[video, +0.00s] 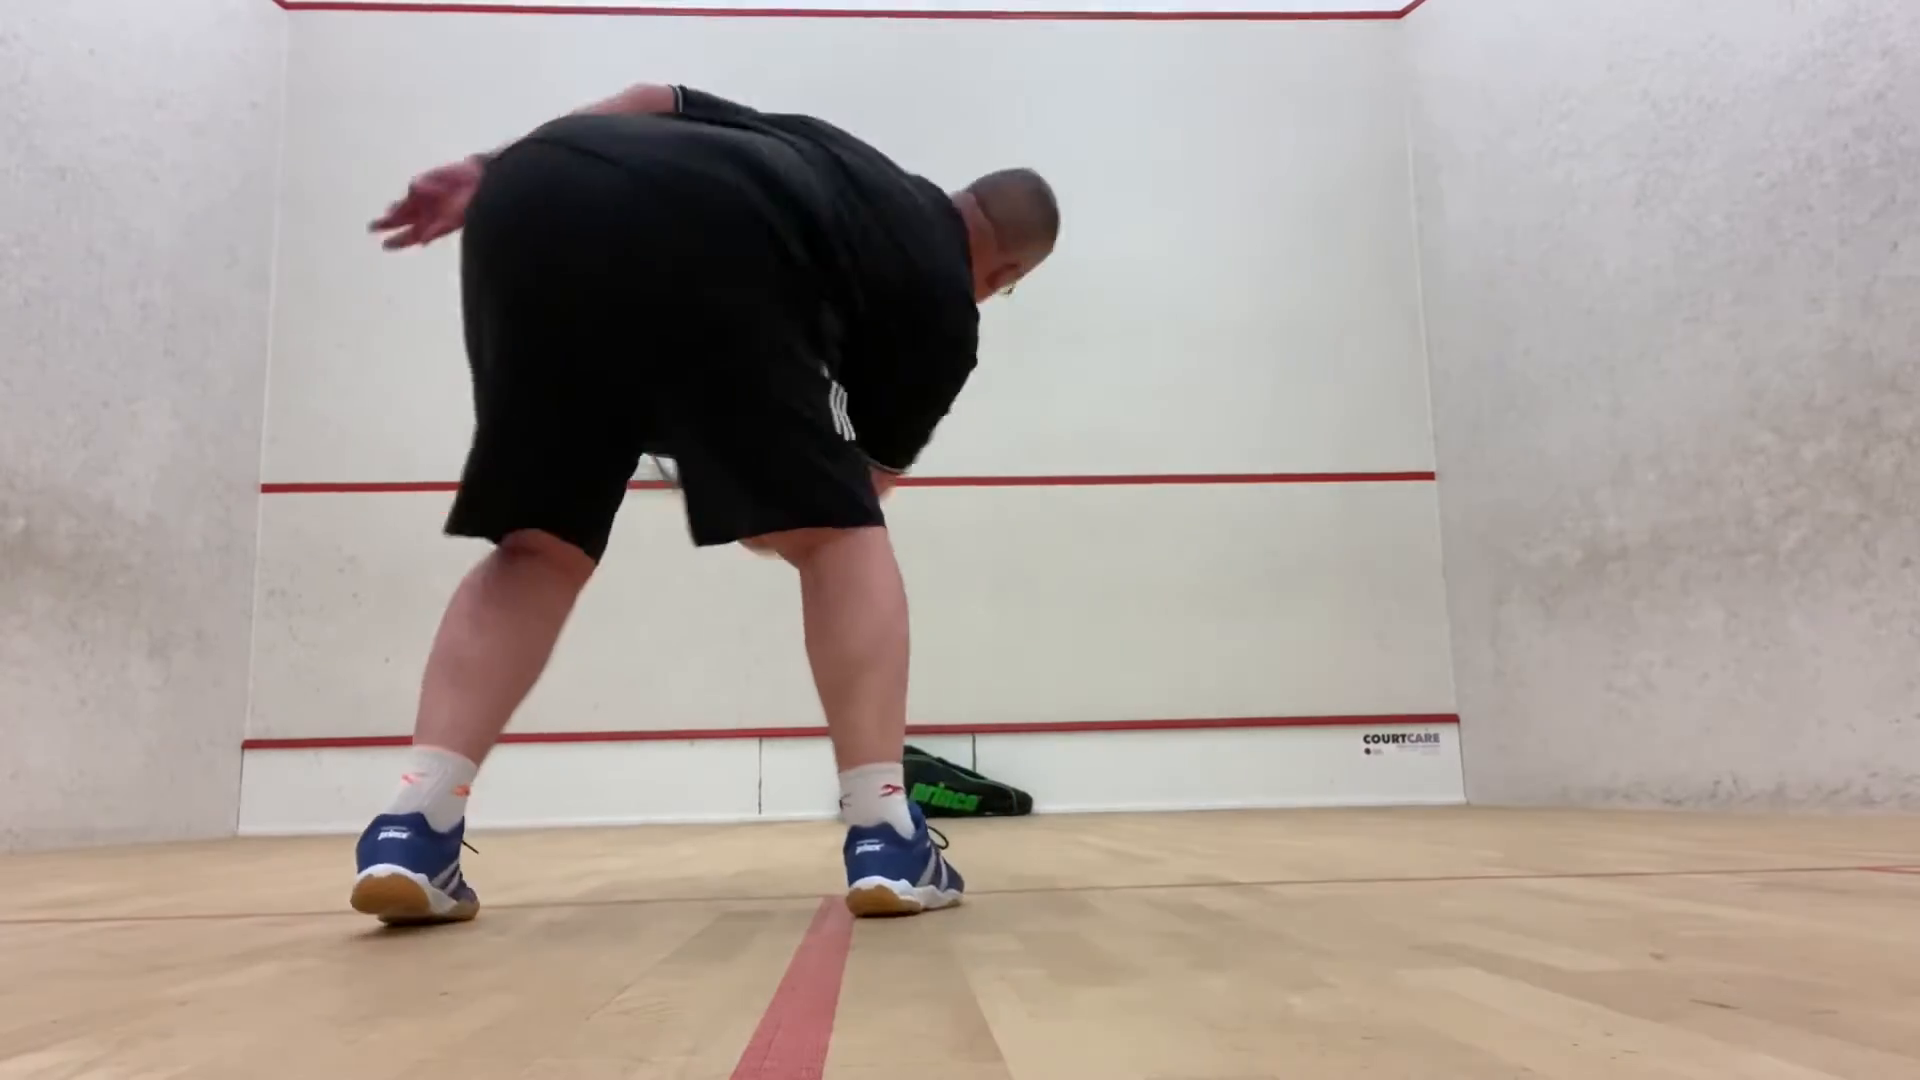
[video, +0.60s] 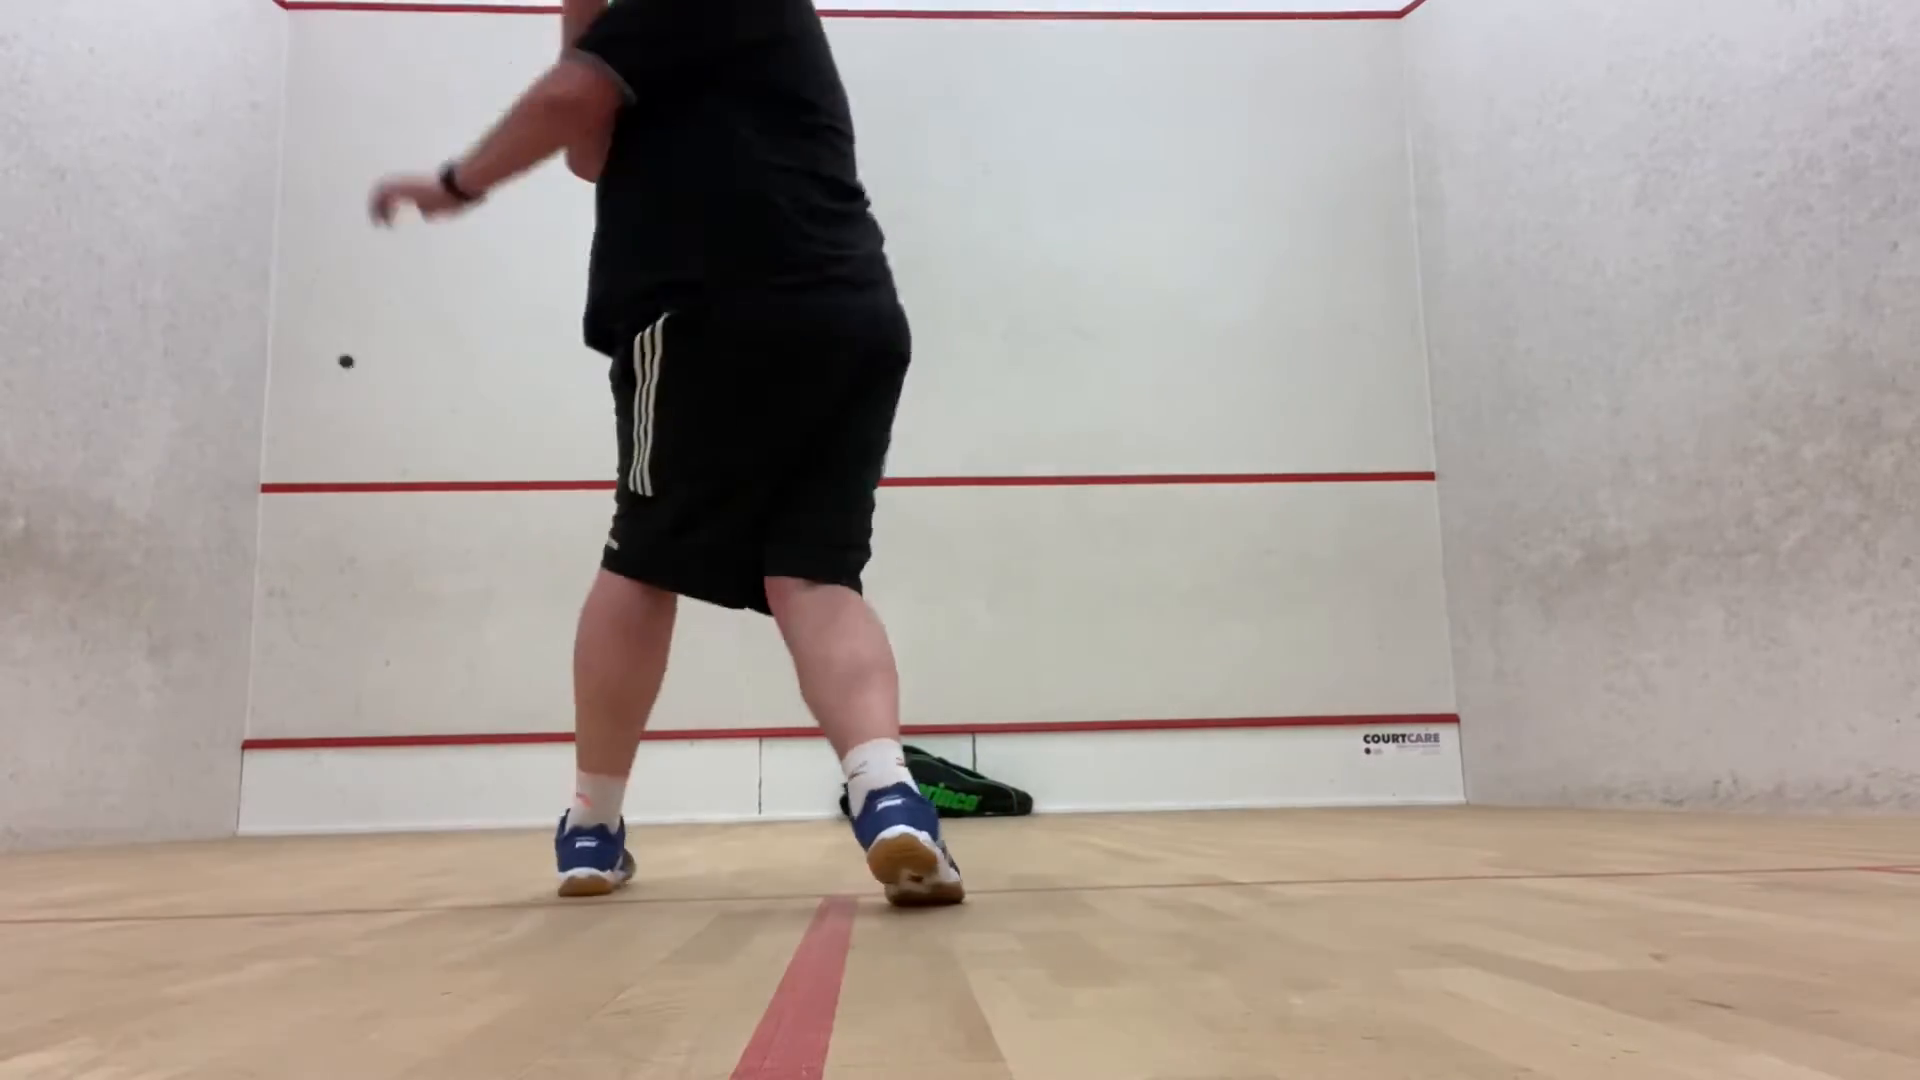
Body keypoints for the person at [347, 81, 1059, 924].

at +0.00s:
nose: (998, 296)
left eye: (1008, 283)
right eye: (1010, 282)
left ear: (960, 195)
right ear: (1005, 263)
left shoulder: (825, 155)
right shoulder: (943, 312)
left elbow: (654, 98)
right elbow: (865, 487)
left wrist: (493, 171)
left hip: (536, 194)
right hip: (718, 234)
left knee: (541, 539)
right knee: (842, 533)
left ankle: (417, 823)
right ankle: (883, 833)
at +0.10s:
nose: (975, 273)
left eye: (977, 255)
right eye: (981, 262)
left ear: (929, 191)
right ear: (978, 252)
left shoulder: (817, 148)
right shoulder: (940, 292)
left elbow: (669, 83)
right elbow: (824, 405)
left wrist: (544, 124)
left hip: (593, 162)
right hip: (774, 211)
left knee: (562, 521)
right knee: (841, 535)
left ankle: (426, 825)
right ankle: (883, 827)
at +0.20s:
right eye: (953, 181)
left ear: (894, 127)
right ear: (953, 178)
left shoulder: (783, 87)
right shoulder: (936, 234)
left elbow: (686, 28)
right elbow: (873, 387)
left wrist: (597, 48)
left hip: (631, 159)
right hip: (813, 218)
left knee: (585, 511)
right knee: (840, 537)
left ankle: (458, 810)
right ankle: (885, 818)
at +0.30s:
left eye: (865, 22)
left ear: (841, 25)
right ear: (908, 82)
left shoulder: (765, 17)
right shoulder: (913, 145)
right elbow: (917, 335)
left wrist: (568, 9)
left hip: (665, 197)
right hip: (834, 249)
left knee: (594, 496)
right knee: (839, 546)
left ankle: (532, 765)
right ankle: (889, 804)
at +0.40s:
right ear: (863, 2)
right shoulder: (867, 61)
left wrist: (486, 7)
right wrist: (654, 216)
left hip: (704, 210)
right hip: (864, 250)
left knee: (605, 512)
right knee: (830, 552)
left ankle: (566, 790)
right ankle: (880, 798)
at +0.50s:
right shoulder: (825, 19)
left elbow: (615, 6)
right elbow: (686, 138)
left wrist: (440, 49)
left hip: (708, 257)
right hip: (868, 273)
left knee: (638, 544)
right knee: (815, 555)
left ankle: (568, 816)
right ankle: (873, 800)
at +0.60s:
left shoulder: (649, 9)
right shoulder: (784, 19)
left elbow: (575, 105)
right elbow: (593, 153)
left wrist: (460, 182)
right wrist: (587, 26)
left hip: (700, 313)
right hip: (852, 310)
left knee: (642, 562)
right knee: (817, 570)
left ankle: (593, 827)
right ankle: (888, 796)